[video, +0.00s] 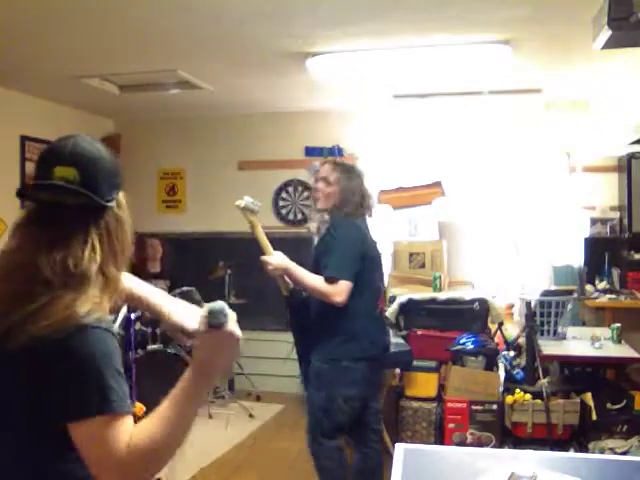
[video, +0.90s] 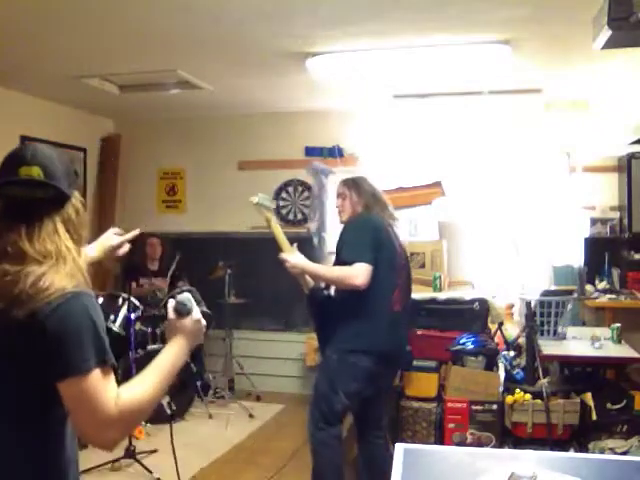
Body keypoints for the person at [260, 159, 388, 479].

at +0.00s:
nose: (316, 187)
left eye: (325, 182)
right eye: (316, 181)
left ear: (346, 189)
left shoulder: (343, 230)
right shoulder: (353, 228)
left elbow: (338, 293)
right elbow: (329, 292)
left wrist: (288, 266)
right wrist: (289, 280)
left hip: (342, 354)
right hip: (365, 351)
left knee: (324, 440)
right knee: (367, 437)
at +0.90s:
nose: (337, 205)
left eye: (341, 198)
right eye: (336, 199)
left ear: (357, 197)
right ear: (368, 200)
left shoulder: (361, 225)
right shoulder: (387, 234)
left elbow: (359, 276)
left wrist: (305, 266)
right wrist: (306, 279)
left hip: (357, 347)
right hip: (386, 348)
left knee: (324, 424)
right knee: (373, 430)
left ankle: (328, 475)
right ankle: (376, 476)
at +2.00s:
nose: (359, 204)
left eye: (361, 199)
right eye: (360, 198)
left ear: (366, 199)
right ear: (394, 199)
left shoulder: (370, 227)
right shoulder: (401, 235)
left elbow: (352, 277)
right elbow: (391, 289)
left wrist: (306, 268)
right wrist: (342, 266)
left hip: (358, 346)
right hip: (390, 347)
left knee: (326, 422)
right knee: (376, 428)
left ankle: (320, 474)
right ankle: (377, 476)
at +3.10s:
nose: (322, 214)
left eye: (325, 207)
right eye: (323, 207)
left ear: (337, 207)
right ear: (361, 206)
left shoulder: (341, 238)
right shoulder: (377, 243)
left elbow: (321, 295)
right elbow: (370, 300)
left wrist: (276, 285)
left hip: (331, 358)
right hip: (363, 357)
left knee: (299, 439)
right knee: (357, 435)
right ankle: (373, 475)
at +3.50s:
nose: (306, 220)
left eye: (310, 212)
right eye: (305, 212)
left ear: (326, 211)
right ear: (343, 209)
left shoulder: (331, 241)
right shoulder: (366, 243)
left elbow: (316, 297)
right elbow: (372, 303)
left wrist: (292, 330)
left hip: (323, 354)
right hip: (355, 355)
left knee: (292, 435)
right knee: (349, 429)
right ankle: (364, 474)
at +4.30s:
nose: (307, 210)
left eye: (312, 203)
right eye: (308, 203)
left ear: (328, 207)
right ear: (349, 206)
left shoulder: (338, 240)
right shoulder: (368, 241)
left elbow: (324, 307)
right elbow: (362, 304)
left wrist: (280, 294)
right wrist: (311, 292)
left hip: (328, 361)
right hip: (358, 360)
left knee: (295, 445)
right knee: (352, 433)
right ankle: (367, 476)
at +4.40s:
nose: (308, 207)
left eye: (314, 201)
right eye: (310, 200)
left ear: (330, 207)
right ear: (349, 207)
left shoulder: (338, 240)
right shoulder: (368, 242)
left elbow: (325, 307)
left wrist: (279, 294)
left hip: (328, 361)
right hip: (358, 360)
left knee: (295, 445)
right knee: (352, 433)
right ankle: (368, 475)